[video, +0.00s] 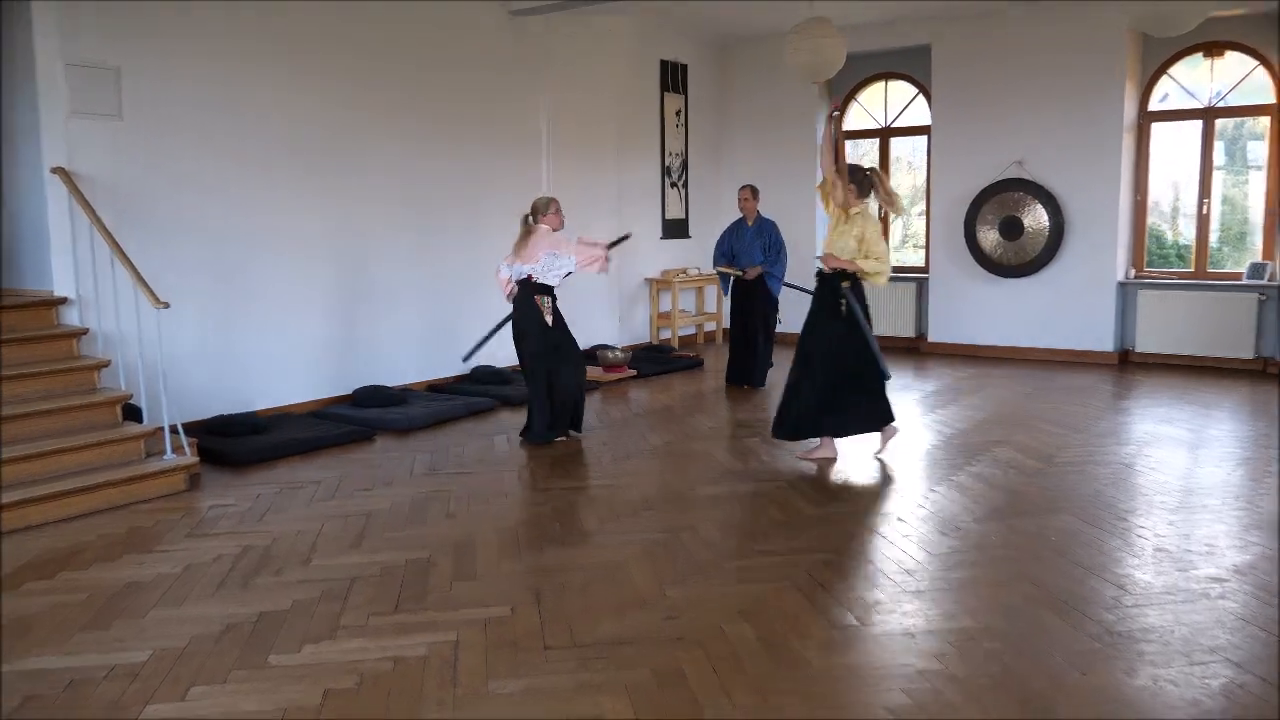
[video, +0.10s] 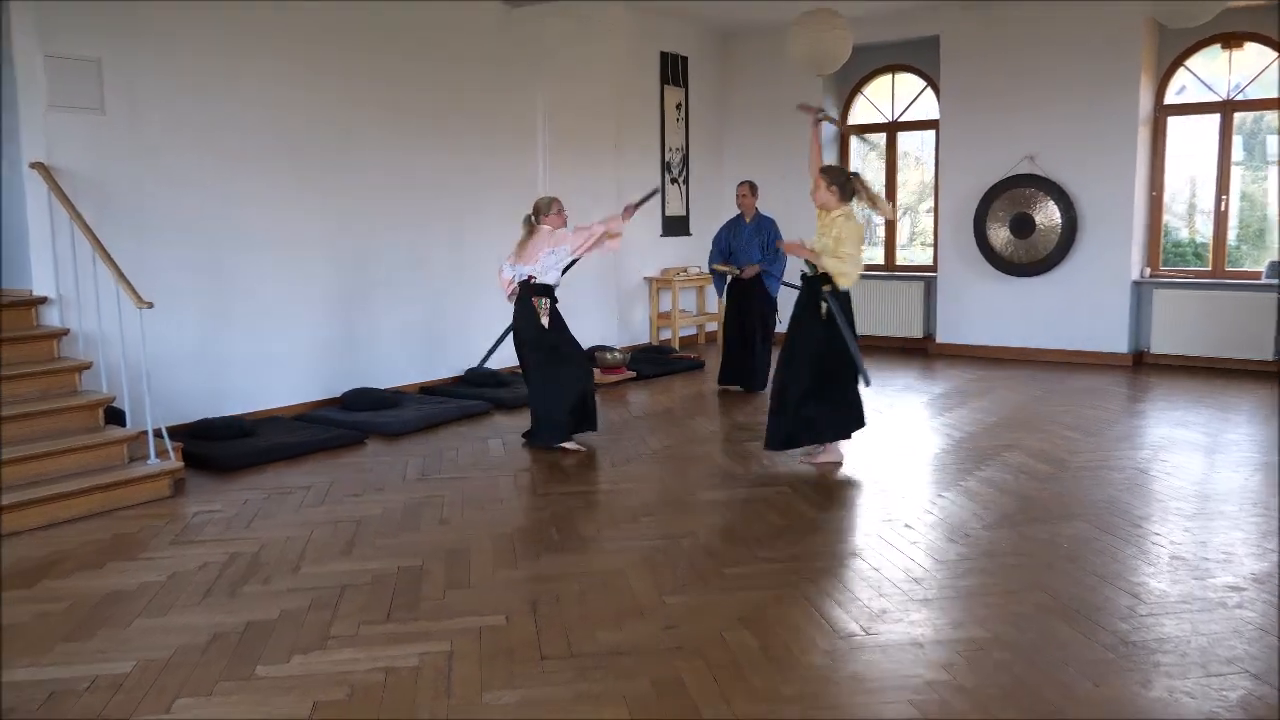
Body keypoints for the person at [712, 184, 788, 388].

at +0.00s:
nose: (741, 203)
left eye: (745, 200)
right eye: (739, 200)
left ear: (756, 202)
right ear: (738, 203)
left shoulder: (769, 227)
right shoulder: (733, 229)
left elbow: (779, 256)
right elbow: (720, 253)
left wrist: (760, 269)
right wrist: (726, 266)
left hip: (763, 284)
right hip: (740, 283)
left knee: (760, 332)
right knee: (738, 330)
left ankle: (756, 378)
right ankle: (735, 377)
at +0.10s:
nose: (739, 199)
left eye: (744, 196)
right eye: (737, 196)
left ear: (755, 198)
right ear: (736, 199)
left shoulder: (768, 225)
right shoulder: (729, 227)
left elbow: (778, 256)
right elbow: (716, 254)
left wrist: (758, 267)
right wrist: (724, 267)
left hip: (761, 285)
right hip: (737, 284)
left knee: (758, 332)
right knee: (734, 330)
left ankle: (755, 381)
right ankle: (735, 377)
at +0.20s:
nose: (736, 198)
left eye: (740, 194)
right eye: (733, 194)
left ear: (751, 195)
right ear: (731, 197)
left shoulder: (763, 223)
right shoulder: (724, 224)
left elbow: (777, 255)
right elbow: (706, 250)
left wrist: (758, 264)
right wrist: (717, 260)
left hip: (757, 285)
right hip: (732, 284)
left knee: (756, 334)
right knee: (728, 330)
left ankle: (756, 385)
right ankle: (734, 380)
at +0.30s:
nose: (737, 195)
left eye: (740, 190)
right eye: (732, 191)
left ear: (747, 193)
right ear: (723, 196)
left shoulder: (760, 220)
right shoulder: (714, 222)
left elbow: (777, 250)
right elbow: (706, 259)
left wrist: (759, 261)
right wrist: (697, 236)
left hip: (755, 284)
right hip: (727, 284)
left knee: (754, 336)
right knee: (718, 334)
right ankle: (705, 380)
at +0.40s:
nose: (725, 192)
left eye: (729, 188)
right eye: (722, 188)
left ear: (741, 190)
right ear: (718, 191)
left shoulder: (753, 218)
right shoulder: (709, 216)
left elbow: (767, 249)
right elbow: (692, 252)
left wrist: (754, 260)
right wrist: (684, 216)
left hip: (747, 284)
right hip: (719, 283)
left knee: (744, 339)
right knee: (712, 336)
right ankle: (707, 389)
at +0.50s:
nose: (717, 189)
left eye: (721, 184)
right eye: (714, 185)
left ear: (733, 187)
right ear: (711, 188)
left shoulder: (746, 216)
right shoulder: (703, 212)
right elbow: (676, 192)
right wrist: (668, 167)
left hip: (741, 285)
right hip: (712, 284)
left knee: (736, 343)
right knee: (706, 341)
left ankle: (734, 399)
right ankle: (701, 395)